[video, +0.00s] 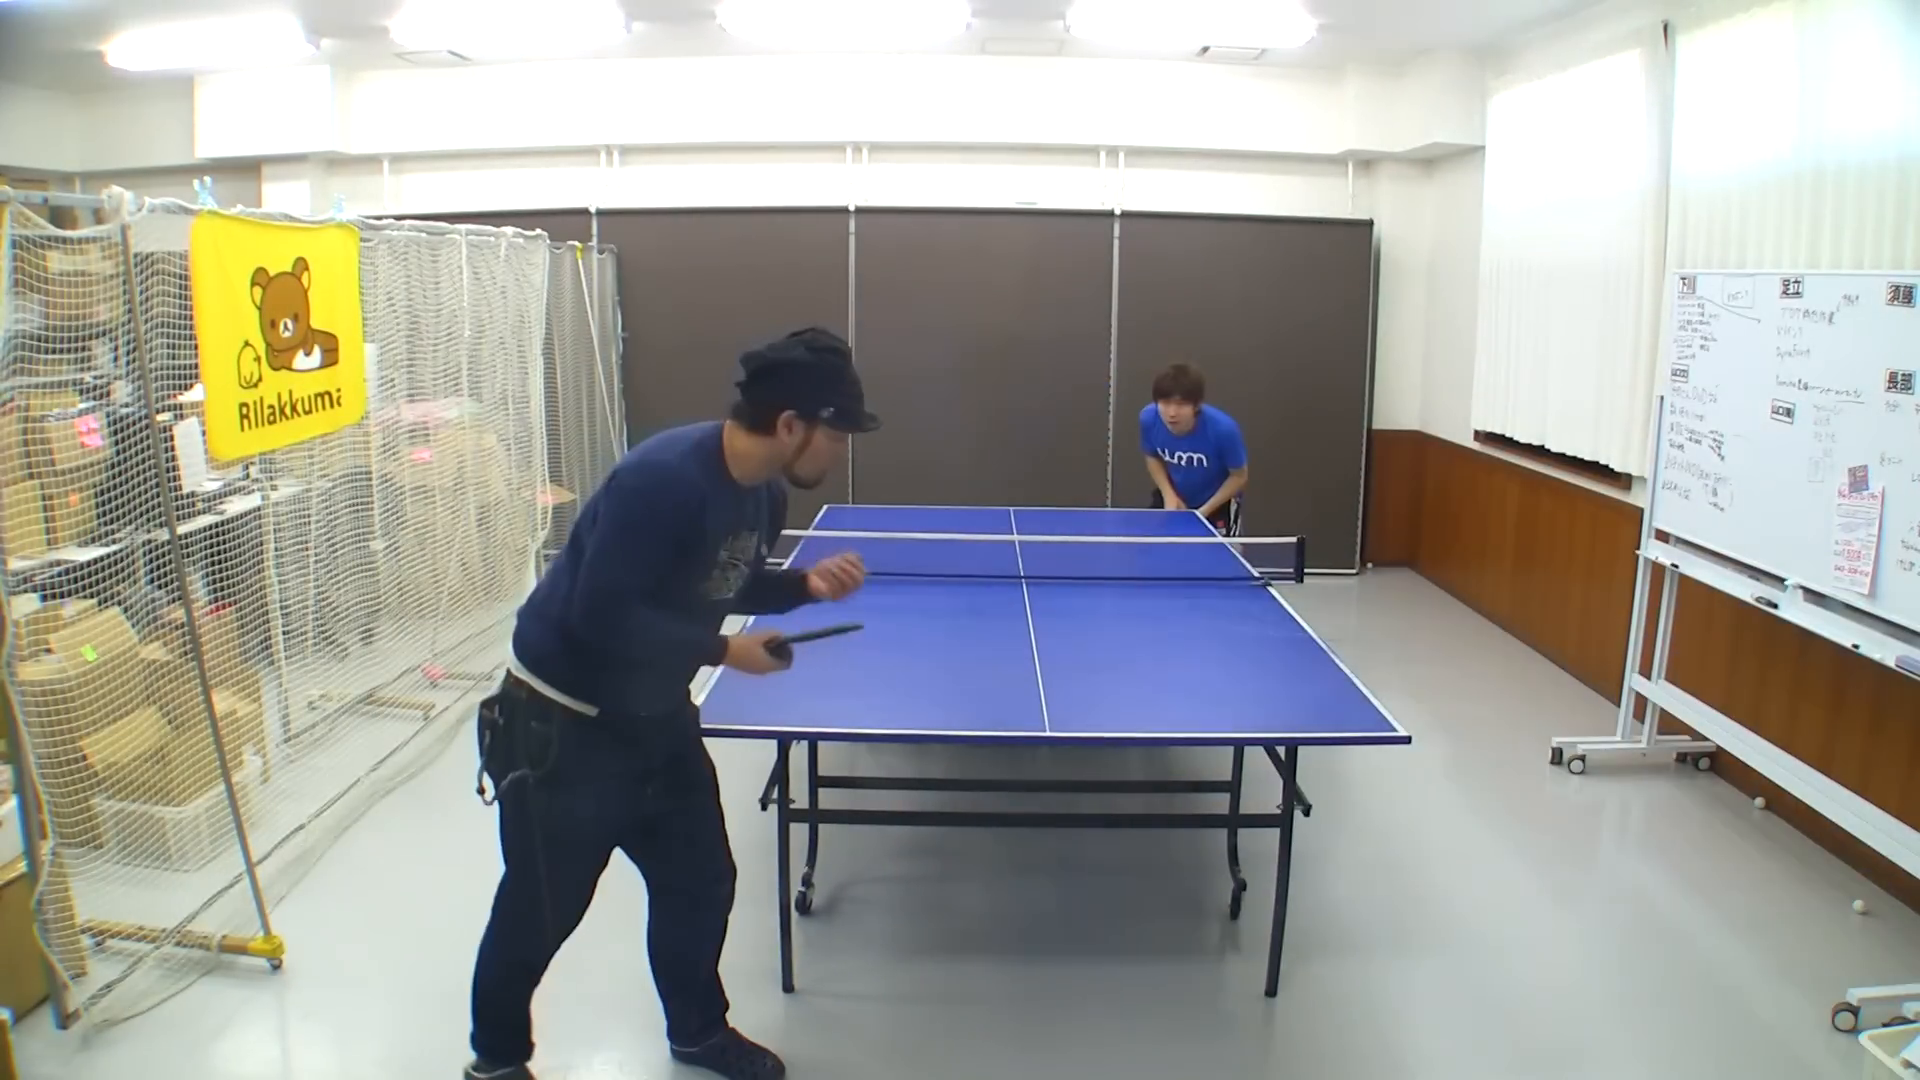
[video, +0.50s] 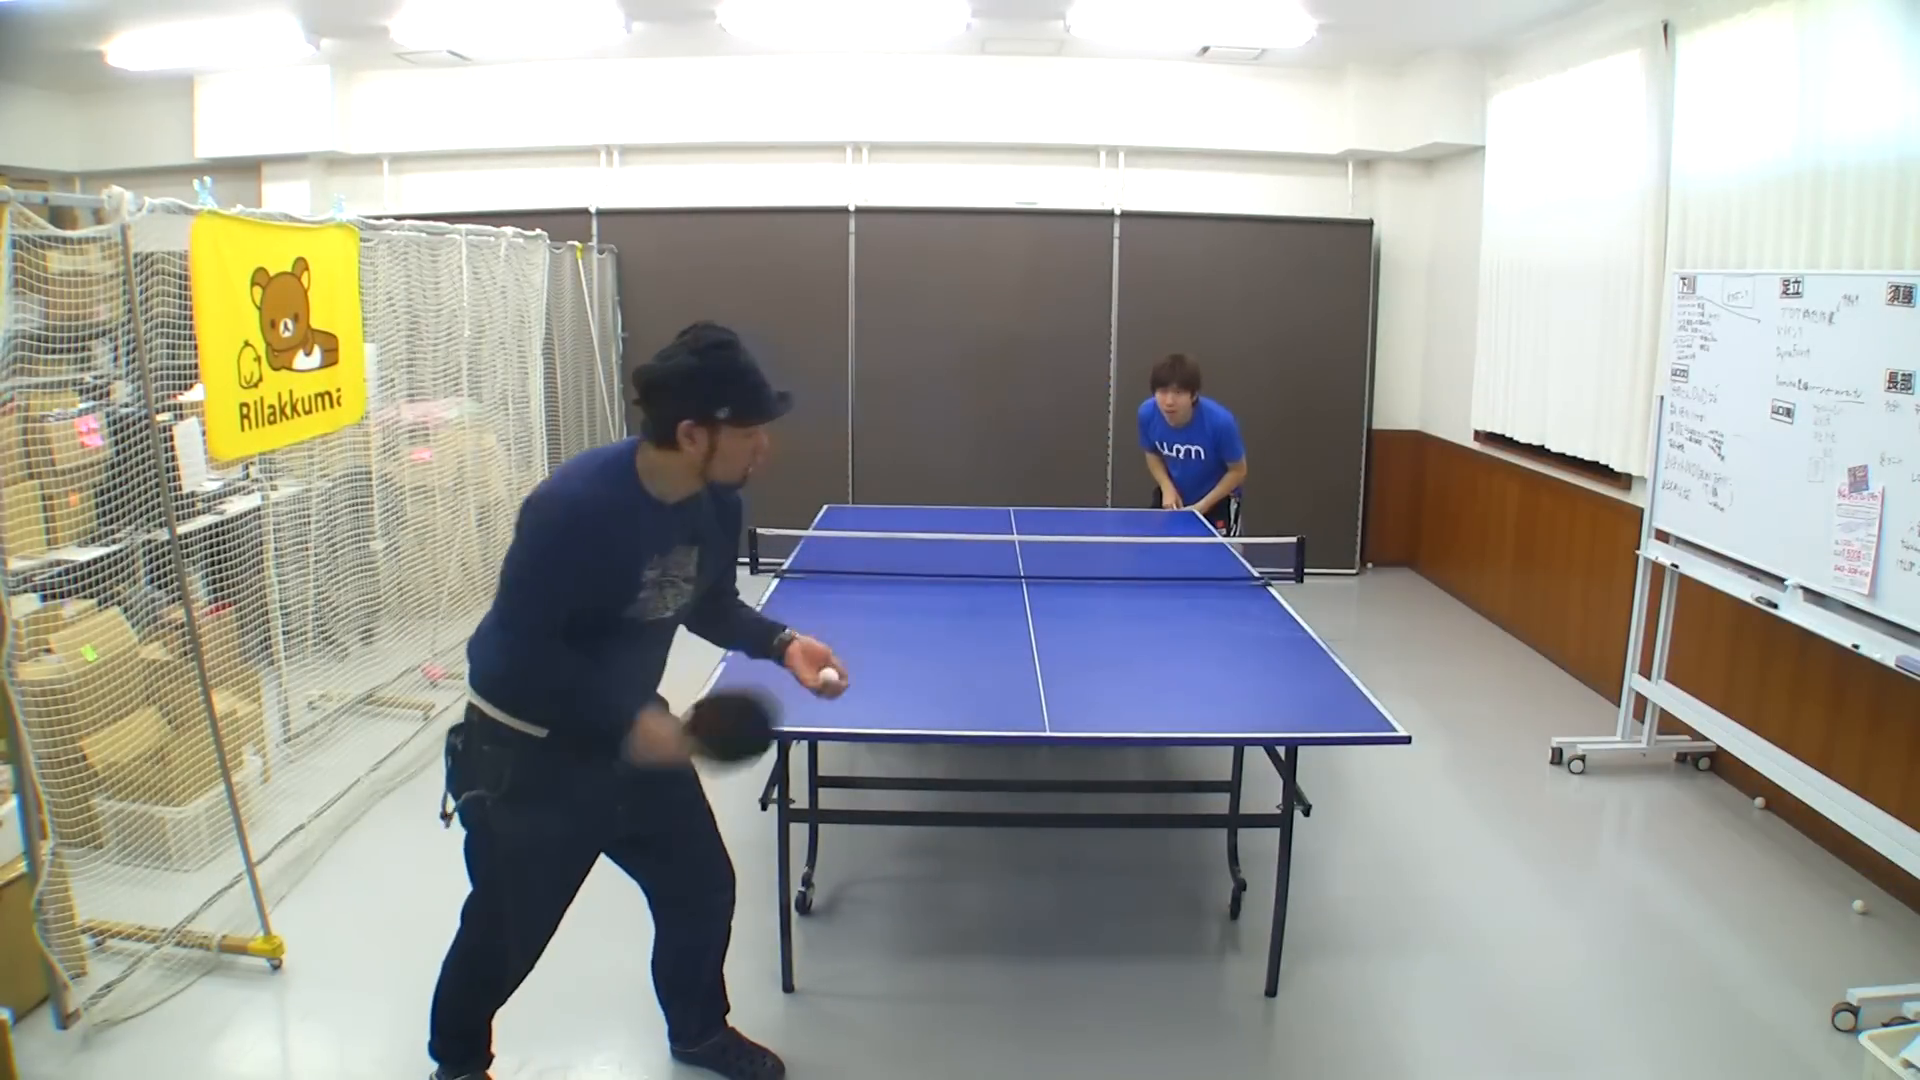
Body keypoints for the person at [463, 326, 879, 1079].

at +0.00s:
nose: (842, 449)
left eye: (845, 433)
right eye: (837, 431)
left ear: (789, 426)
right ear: (791, 426)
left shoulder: (764, 494)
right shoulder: (660, 480)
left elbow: (718, 586)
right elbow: (602, 617)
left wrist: (803, 584)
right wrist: (718, 649)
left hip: (654, 715)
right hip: (559, 716)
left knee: (697, 884)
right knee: (541, 901)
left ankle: (698, 1033)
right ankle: (496, 1057)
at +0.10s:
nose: (845, 448)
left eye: (848, 434)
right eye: (842, 431)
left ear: (795, 425)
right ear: (795, 424)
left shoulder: (767, 491)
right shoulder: (667, 481)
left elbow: (736, 585)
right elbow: (622, 624)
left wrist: (817, 597)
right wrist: (738, 639)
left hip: (656, 716)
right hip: (560, 716)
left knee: (696, 883)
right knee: (532, 899)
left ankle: (698, 1034)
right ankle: (467, 1049)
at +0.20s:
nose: (842, 446)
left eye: (844, 430)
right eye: (837, 428)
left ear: (789, 425)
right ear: (788, 424)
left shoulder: (762, 490)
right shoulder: (663, 483)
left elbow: (730, 583)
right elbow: (626, 630)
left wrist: (815, 593)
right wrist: (741, 638)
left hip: (653, 718)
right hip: (556, 718)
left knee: (695, 884)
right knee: (522, 901)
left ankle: (698, 1033)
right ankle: (456, 1046)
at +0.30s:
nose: (828, 441)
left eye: (829, 426)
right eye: (818, 426)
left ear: (767, 425)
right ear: (766, 425)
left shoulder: (754, 492)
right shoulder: (642, 490)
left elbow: (725, 583)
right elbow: (608, 633)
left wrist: (807, 601)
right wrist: (728, 642)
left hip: (648, 721)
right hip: (551, 725)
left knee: (695, 883)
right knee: (515, 910)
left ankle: (698, 1033)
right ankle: (460, 1058)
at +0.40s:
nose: (799, 442)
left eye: (798, 426)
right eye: (787, 427)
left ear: (734, 429)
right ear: (730, 428)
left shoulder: (736, 497)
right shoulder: (610, 499)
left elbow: (717, 596)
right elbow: (573, 649)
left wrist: (791, 626)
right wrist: (696, 661)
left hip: (643, 729)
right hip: (542, 735)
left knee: (701, 885)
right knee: (512, 923)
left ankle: (697, 1033)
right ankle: (460, 1058)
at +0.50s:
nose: (764, 445)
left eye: (763, 427)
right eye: (751, 429)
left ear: (699, 435)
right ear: (693, 434)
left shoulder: (715, 499)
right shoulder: (573, 507)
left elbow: (705, 604)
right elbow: (506, 656)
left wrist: (784, 644)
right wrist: (624, 716)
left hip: (630, 737)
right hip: (527, 748)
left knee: (701, 892)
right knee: (505, 932)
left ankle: (698, 1035)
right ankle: (457, 1061)